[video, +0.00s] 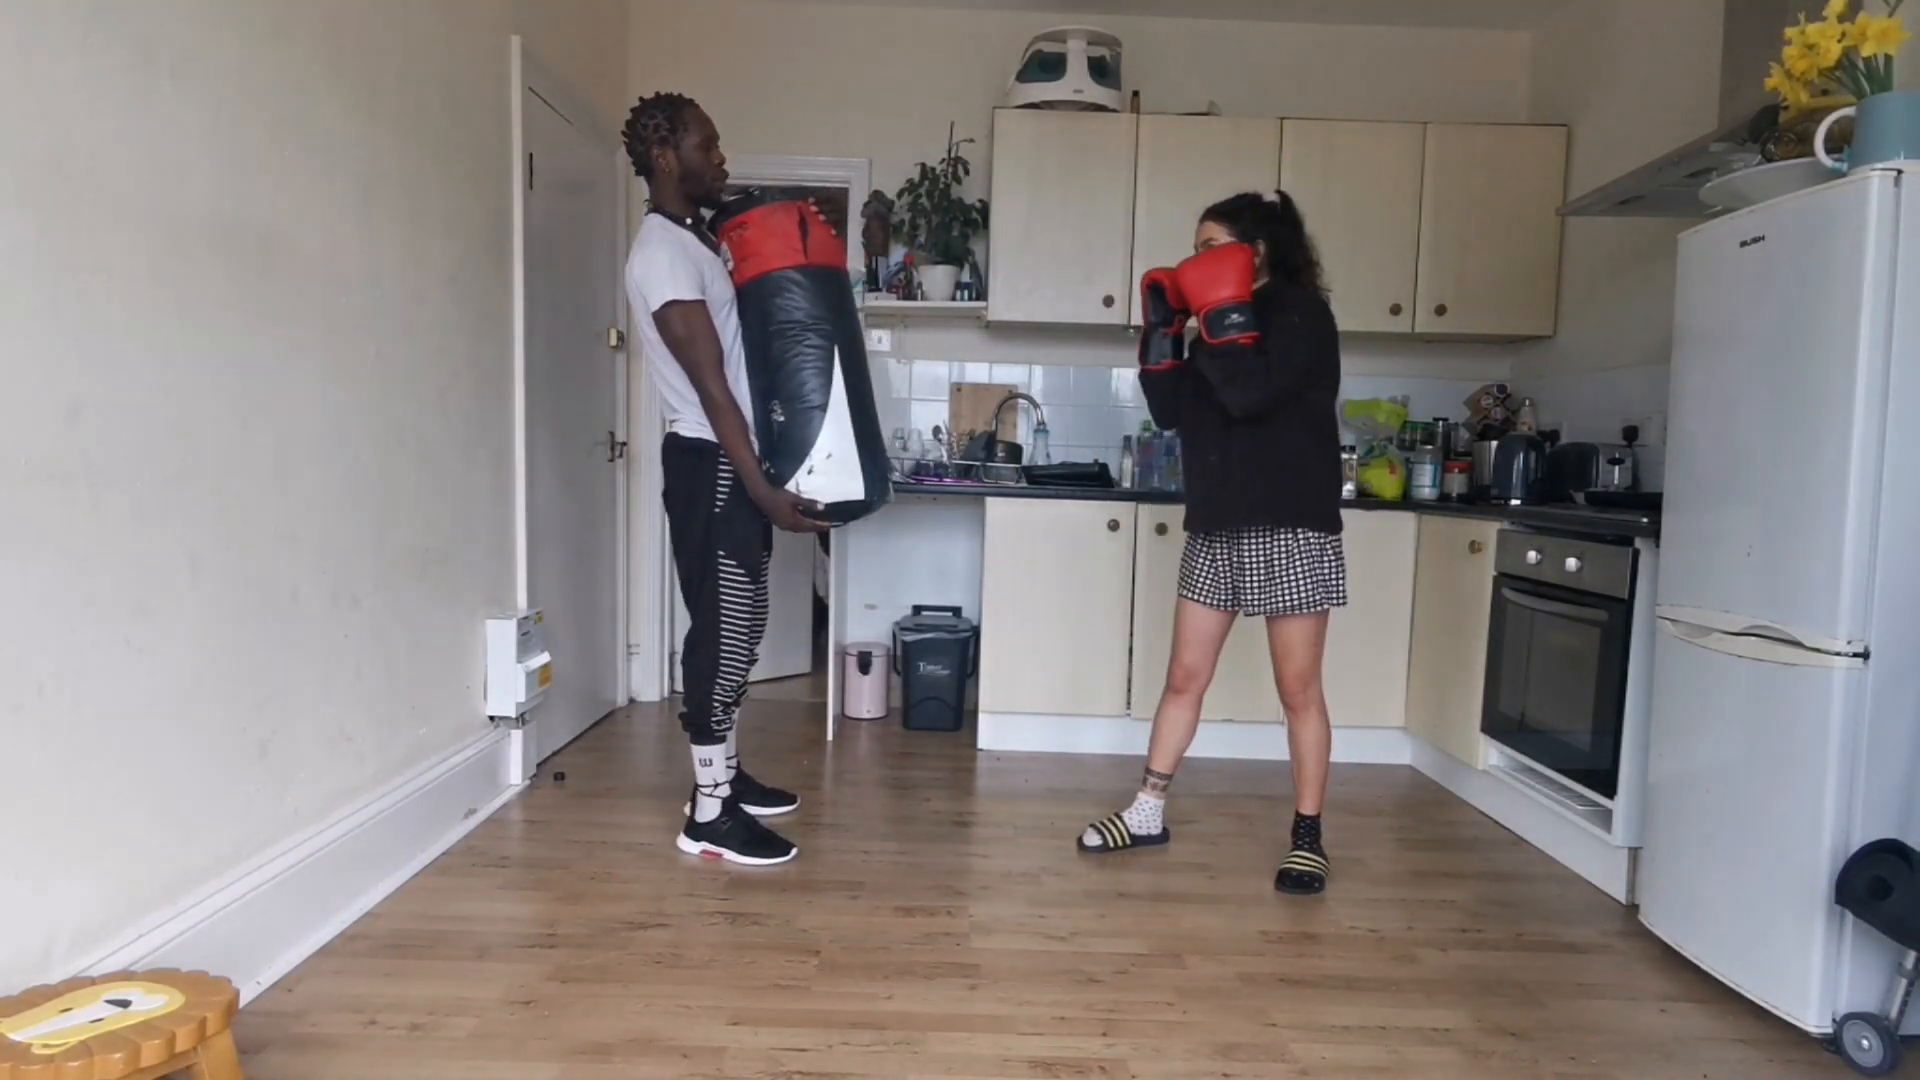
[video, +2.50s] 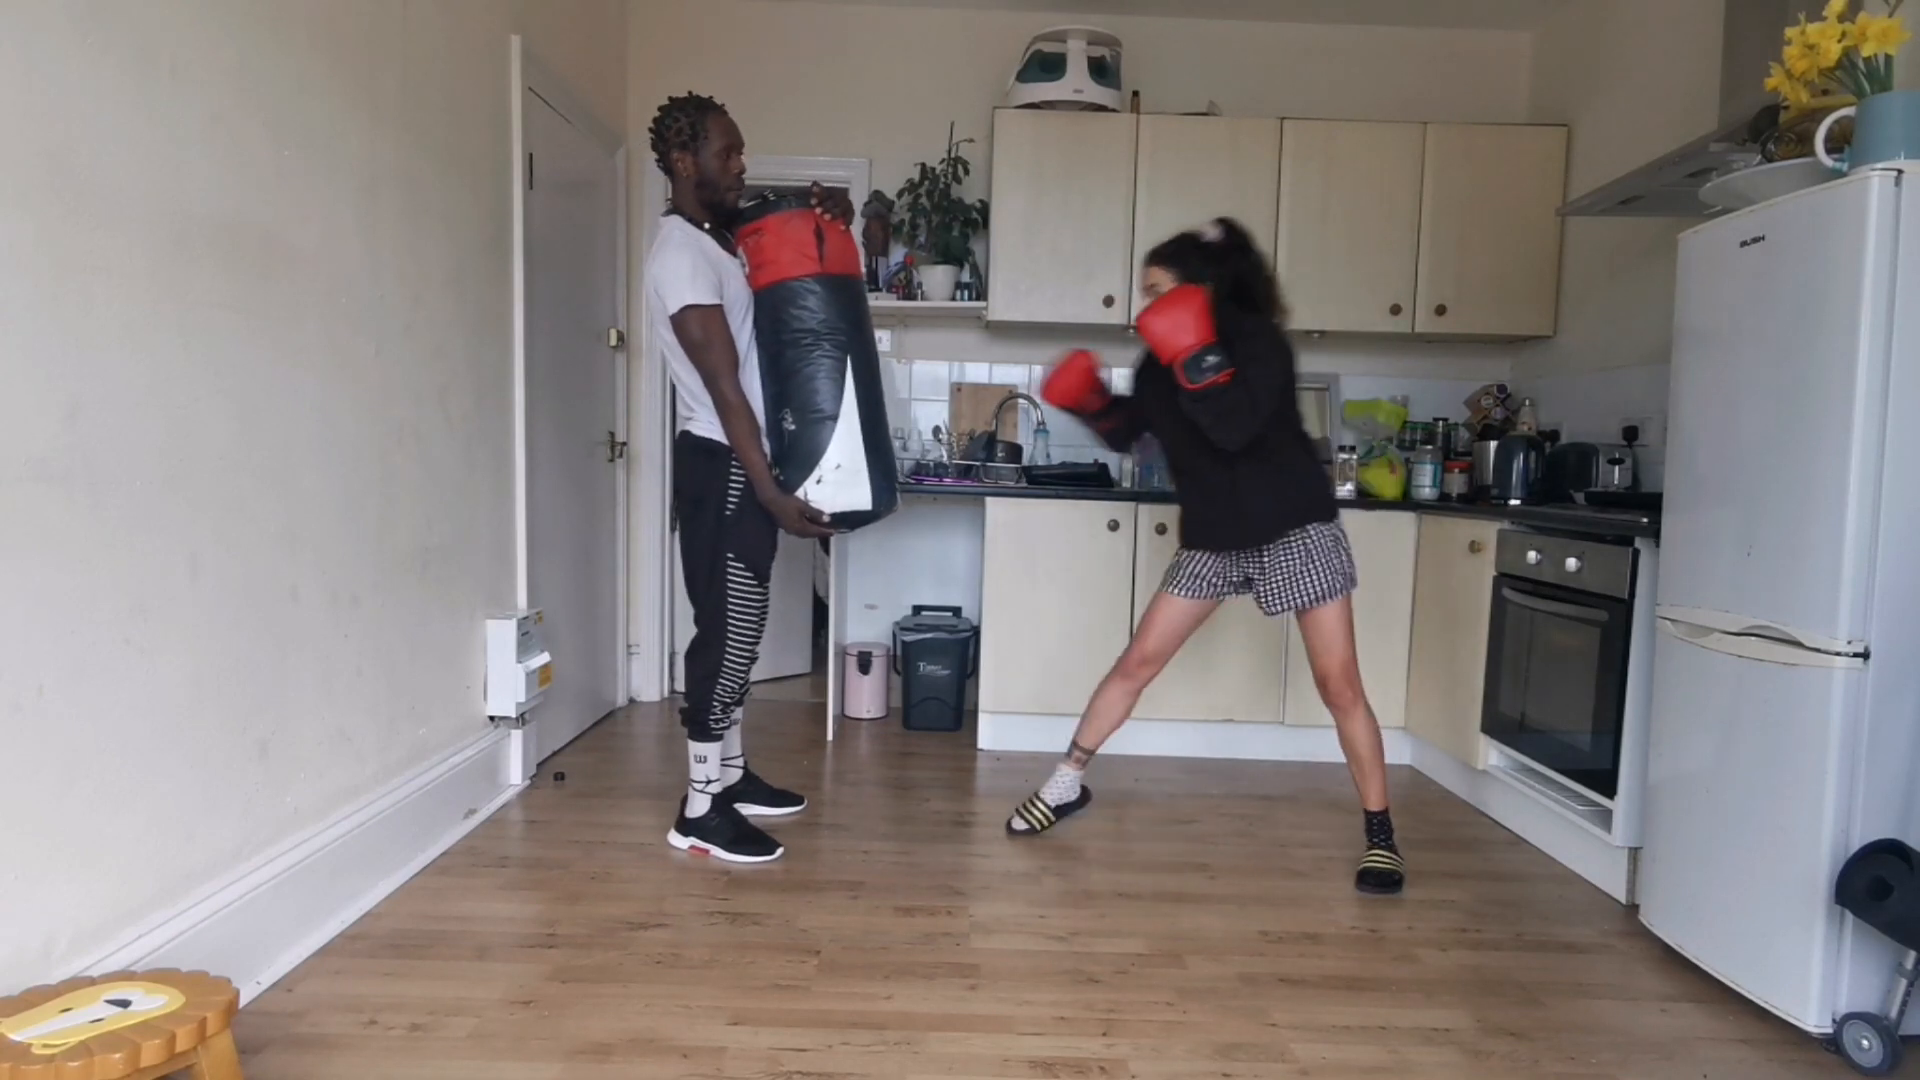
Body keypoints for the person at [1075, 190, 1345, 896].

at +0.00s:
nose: (1199, 261)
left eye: (1212, 248)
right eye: (1197, 249)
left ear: (1258, 251)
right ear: (1204, 257)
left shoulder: (1301, 314)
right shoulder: (1212, 322)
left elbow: (1246, 394)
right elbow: (1171, 412)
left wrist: (1219, 319)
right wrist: (1159, 336)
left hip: (1294, 518)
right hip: (1216, 518)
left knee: (1299, 688)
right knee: (1184, 675)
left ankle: (1307, 834)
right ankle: (1148, 811)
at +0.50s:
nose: (1240, 258)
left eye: (1253, 244)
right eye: (1239, 245)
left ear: (1293, 252)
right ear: (1245, 259)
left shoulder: (1325, 317)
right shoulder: (1236, 318)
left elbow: (1251, 380)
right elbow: (1172, 386)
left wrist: (1246, 305)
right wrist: (1188, 301)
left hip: (1292, 517)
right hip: (1214, 514)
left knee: (1296, 687)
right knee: (1185, 677)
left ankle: (1307, 835)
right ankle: (1147, 810)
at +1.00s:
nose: (1237, 261)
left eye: (1249, 248)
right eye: (1235, 248)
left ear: (1288, 255)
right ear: (1248, 262)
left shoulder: (1323, 318)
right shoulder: (1237, 319)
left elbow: (1247, 382)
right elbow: (1177, 392)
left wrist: (1241, 304)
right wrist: (1186, 305)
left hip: (1293, 518)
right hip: (1218, 514)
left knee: (1297, 684)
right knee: (1180, 674)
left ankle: (1307, 835)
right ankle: (1148, 810)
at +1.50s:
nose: (1159, 283)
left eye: (1170, 270)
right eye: (1155, 273)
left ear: (1212, 264)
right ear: (1164, 275)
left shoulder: (1264, 318)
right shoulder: (1177, 328)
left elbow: (1217, 401)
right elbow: (1131, 408)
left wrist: (1183, 328)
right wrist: (1124, 329)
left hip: (1279, 519)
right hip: (1201, 521)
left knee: (1300, 686)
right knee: (1165, 668)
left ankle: (1329, 828)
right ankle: (1146, 810)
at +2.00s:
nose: (1241, 300)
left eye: (1253, 286)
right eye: (1237, 289)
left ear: (1299, 283)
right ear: (1244, 293)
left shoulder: (1352, 337)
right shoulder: (1258, 350)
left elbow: (1311, 420)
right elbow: (1217, 427)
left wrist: (1272, 344)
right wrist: (1208, 347)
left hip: (1359, 540)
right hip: (1277, 541)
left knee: (1360, 705)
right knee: (1214, 678)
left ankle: (1381, 840)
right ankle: (1153, 809)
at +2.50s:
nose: (1148, 307)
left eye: (1159, 292)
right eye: (1146, 295)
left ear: (1200, 288)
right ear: (1158, 299)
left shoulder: (1260, 345)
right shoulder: (1162, 361)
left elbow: (1237, 429)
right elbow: (1130, 434)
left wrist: (1195, 354)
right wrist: (1090, 403)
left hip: (1297, 526)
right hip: (1214, 535)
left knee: (1341, 687)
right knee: (1137, 663)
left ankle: (1380, 834)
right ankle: (1065, 780)